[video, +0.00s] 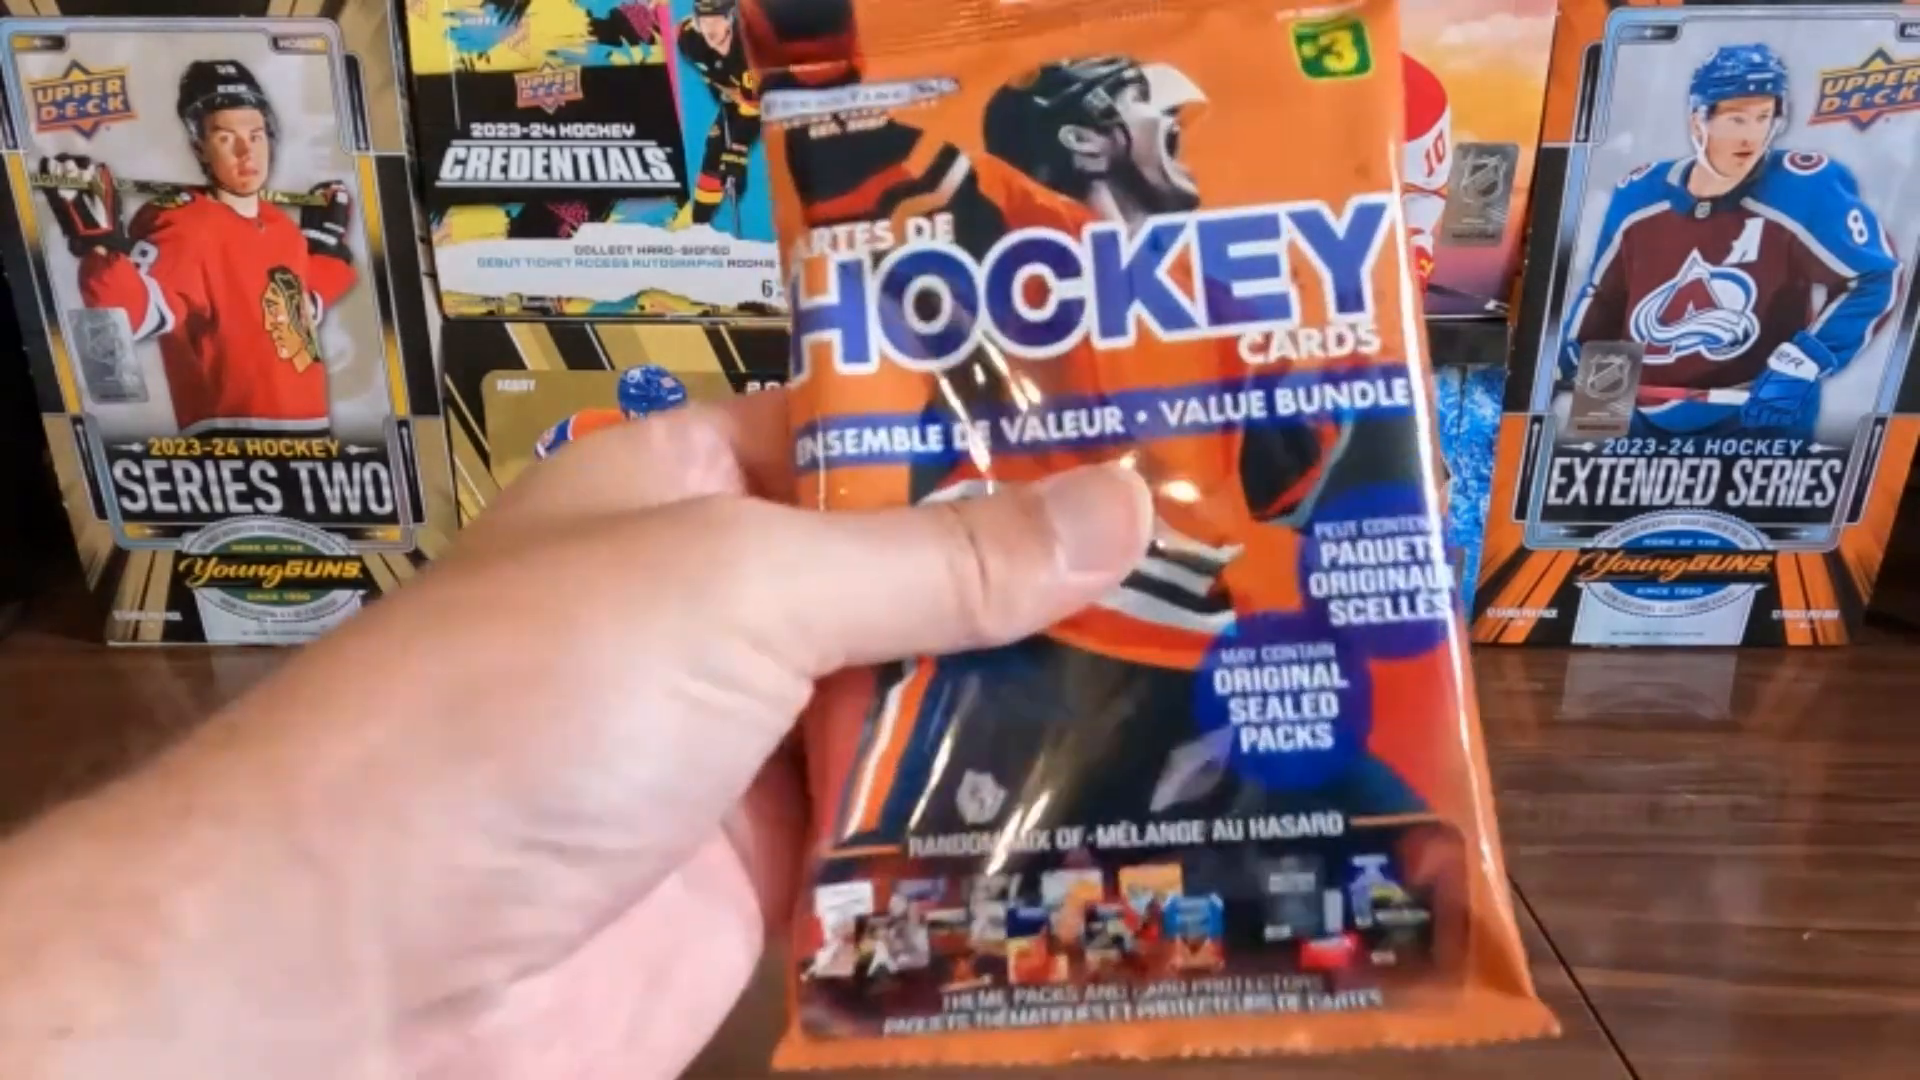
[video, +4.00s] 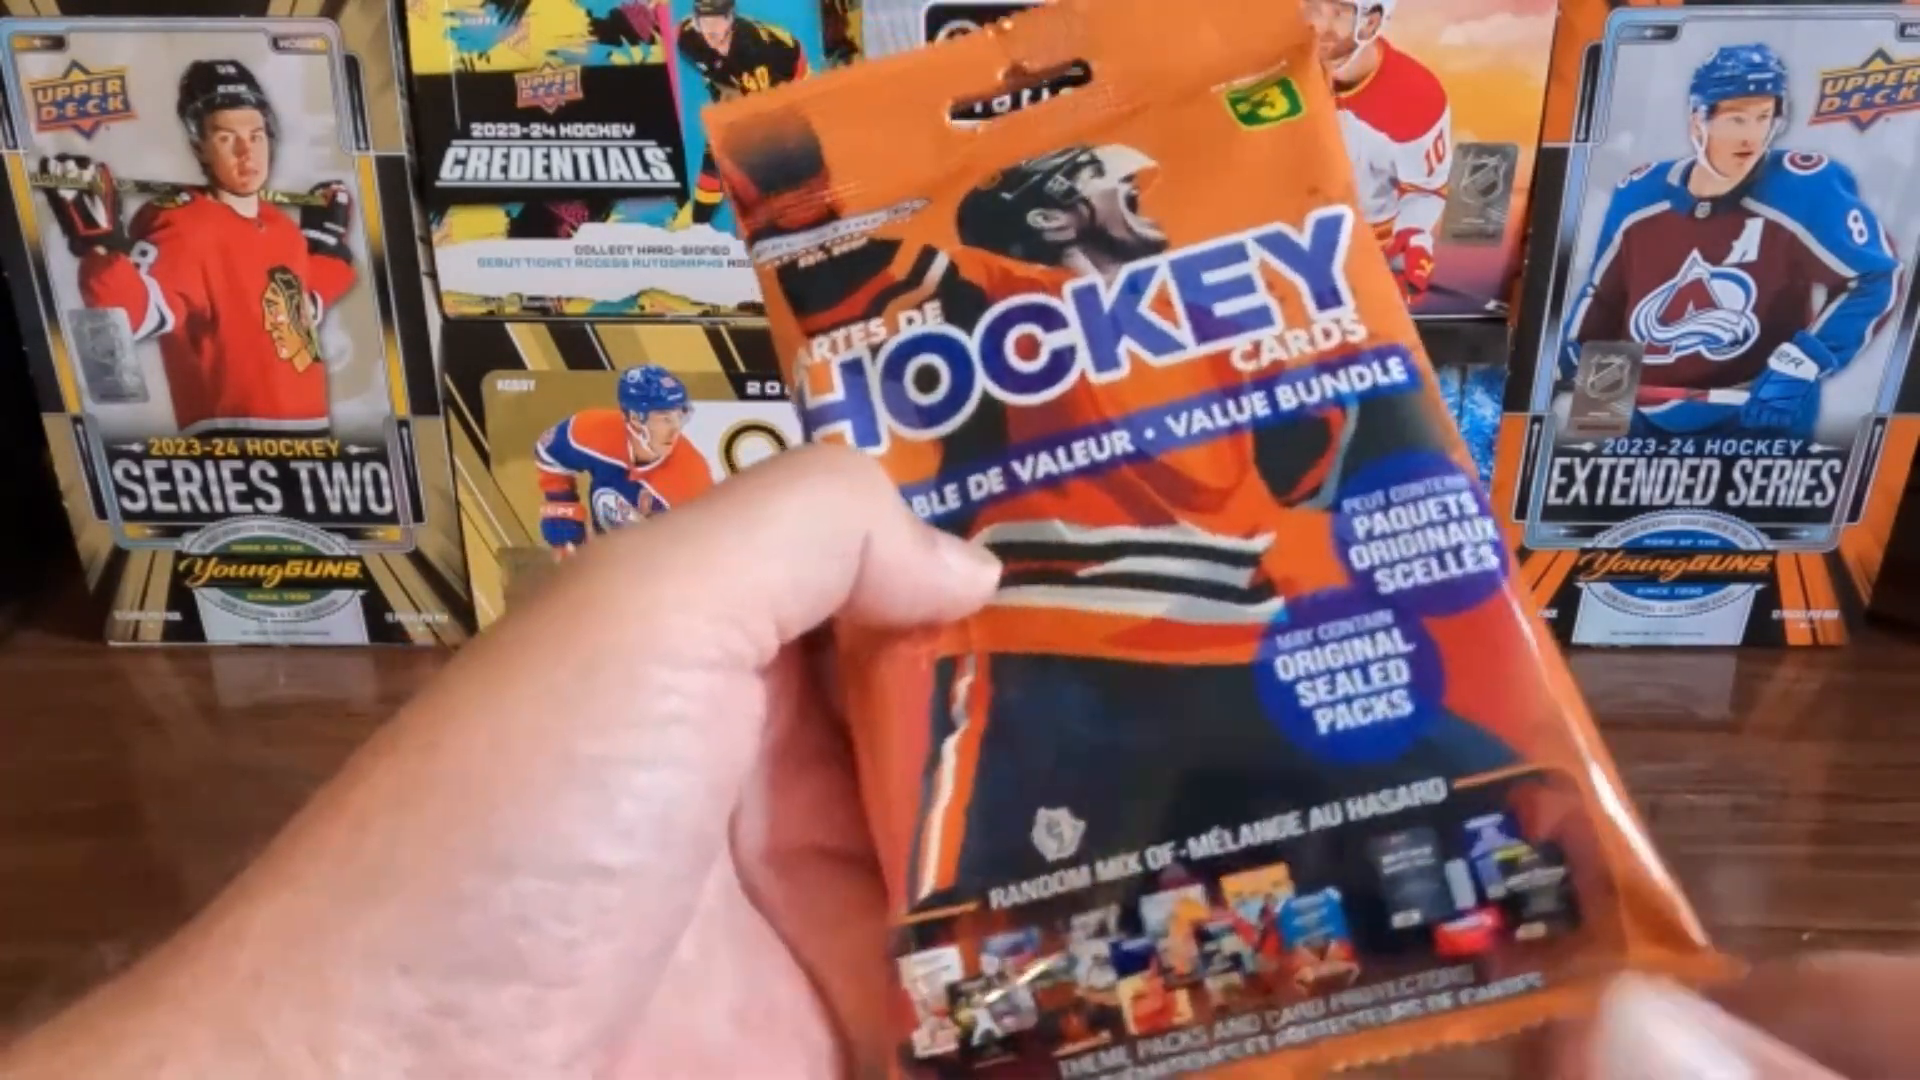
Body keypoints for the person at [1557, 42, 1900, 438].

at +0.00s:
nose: (1749, 135)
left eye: (1762, 118)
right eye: (1734, 119)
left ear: (1775, 123)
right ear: (1698, 124)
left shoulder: (1803, 193)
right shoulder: (1638, 197)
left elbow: (1877, 279)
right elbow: (1600, 295)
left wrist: (1800, 365)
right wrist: (1576, 367)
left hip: (1744, 426)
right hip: (1637, 421)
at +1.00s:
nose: (1749, 134)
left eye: (1762, 118)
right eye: (1734, 119)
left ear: (1775, 123)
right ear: (1698, 124)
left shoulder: (1804, 192)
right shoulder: (1638, 197)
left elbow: (1878, 279)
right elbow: (1600, 297)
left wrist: (1801, 365)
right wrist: (1573, 367)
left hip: (1745, 427)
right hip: (1638, 422)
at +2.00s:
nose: (1750, 135)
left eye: (1762, 118)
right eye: (1734, 119)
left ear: (1775, 123)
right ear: (1698, 124)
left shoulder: (1804, 193)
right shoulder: (1637, 197)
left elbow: (1878, 279)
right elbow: (1600, 297)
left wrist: (1801, 365)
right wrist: (1572, 366)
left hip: (1744, 427)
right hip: (1636, 422)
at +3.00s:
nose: (1750, 135)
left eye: (1762, 118)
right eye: (1734, 119)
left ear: (1775, 122)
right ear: (1698, 124)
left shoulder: (1804, 192)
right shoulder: (1637, 197)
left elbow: (1879, 278)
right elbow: (1600, 297)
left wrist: (1802, 364)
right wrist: (1576, 361)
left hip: (1744, 427)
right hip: (1637, 421)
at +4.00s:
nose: (1750, 135)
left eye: (1762, 118)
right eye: (1735, 119)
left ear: (1775, 123)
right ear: (1698, 124)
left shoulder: (1804, 192)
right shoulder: (1638, 196)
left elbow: (1878, 279)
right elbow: (1600, 296)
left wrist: (1802, 364)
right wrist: (1576, 366)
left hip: (1744, 427)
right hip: (1637, 421)